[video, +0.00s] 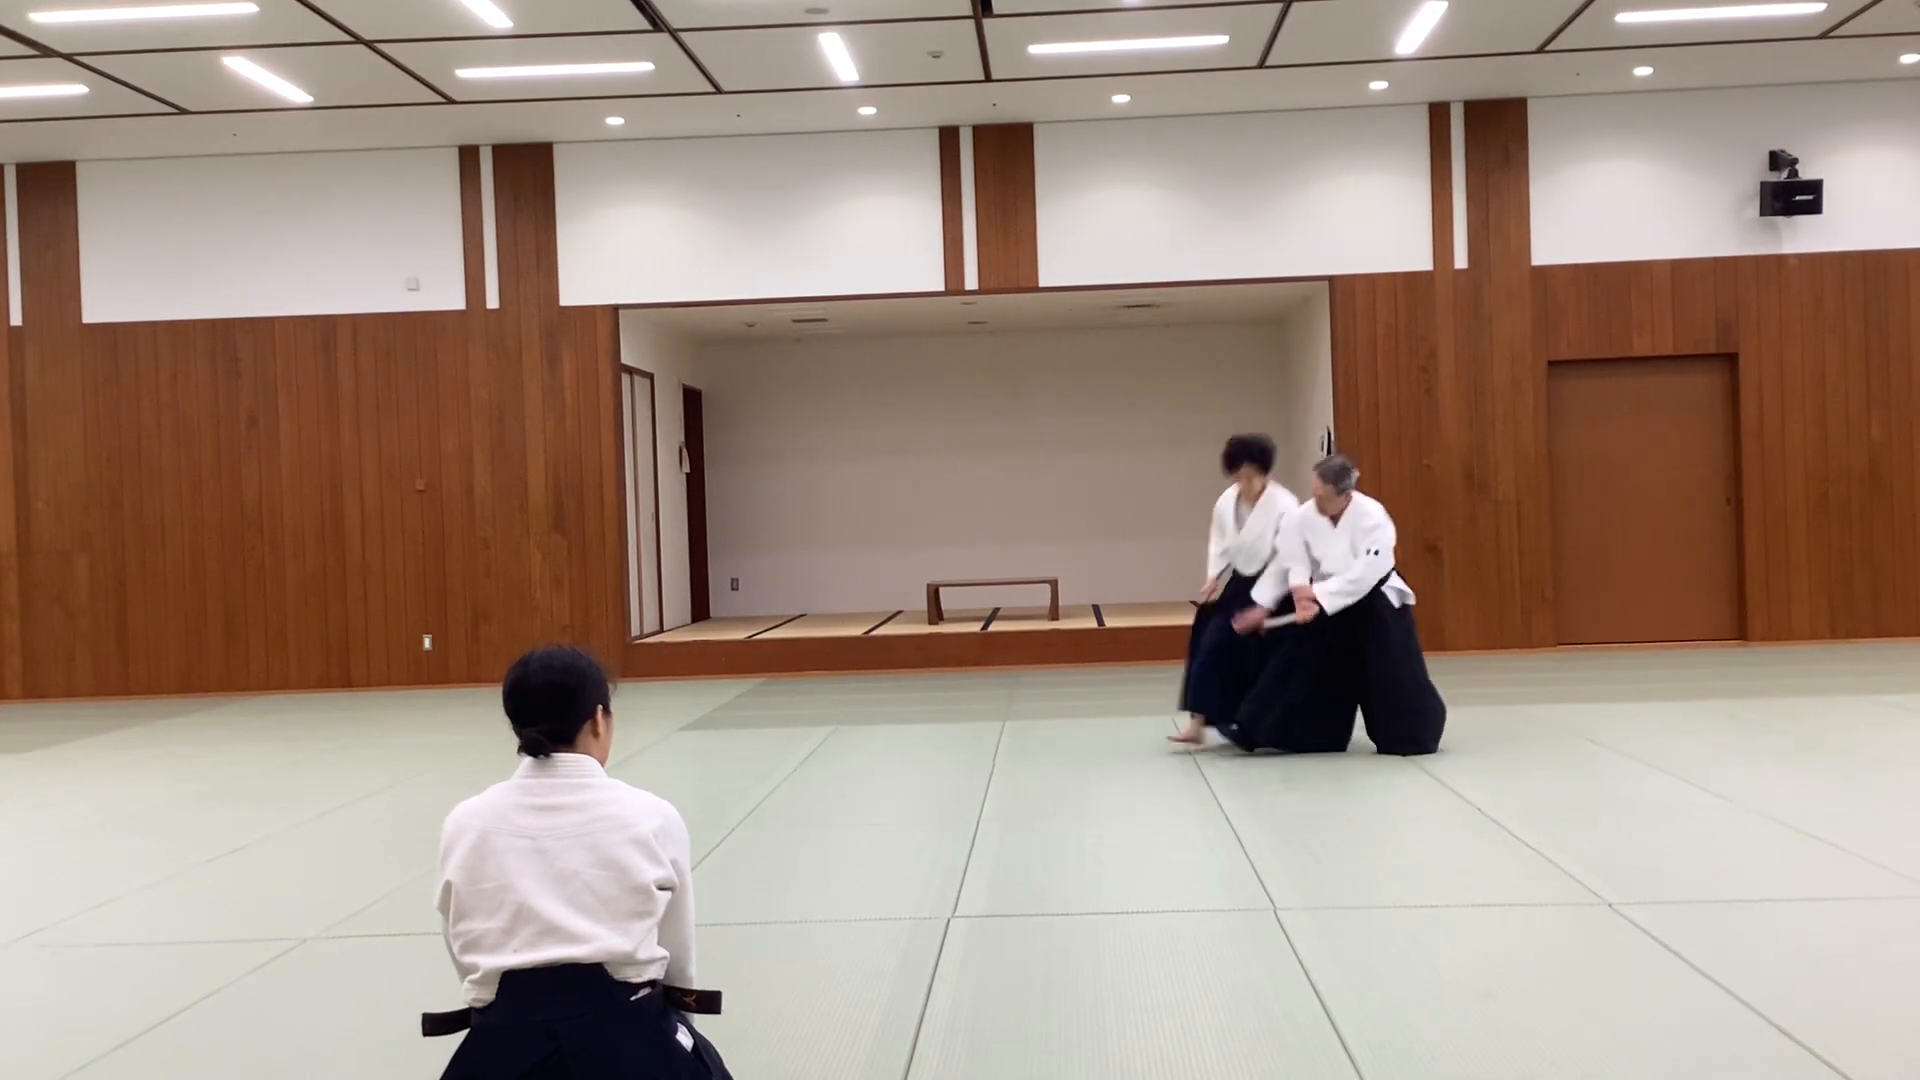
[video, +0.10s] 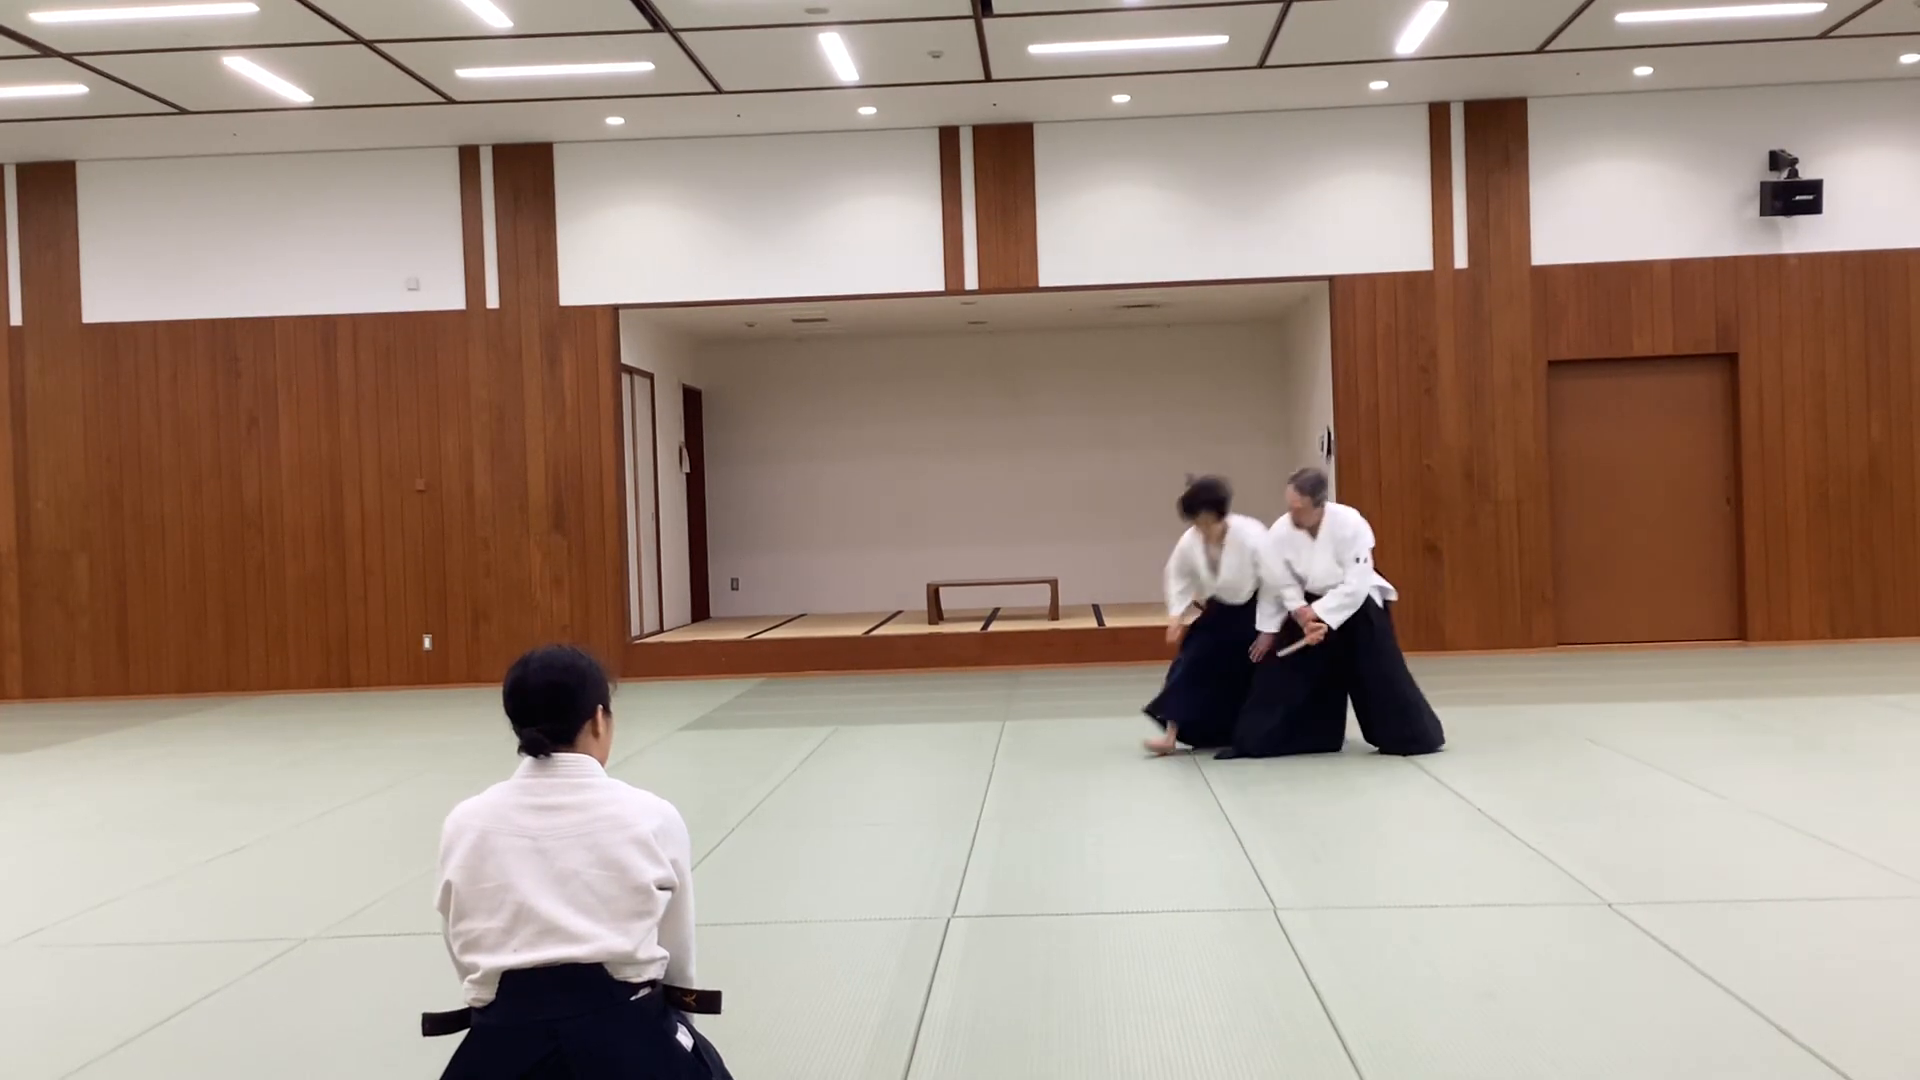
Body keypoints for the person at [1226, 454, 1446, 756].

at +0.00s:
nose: (1316, 501)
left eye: (1322, 497)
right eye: (1314, 494)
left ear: (1346, 497)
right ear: (1313, 489)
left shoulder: (1373, 518)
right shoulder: (1301, 518)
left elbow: (1371, 570)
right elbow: (1296, 562)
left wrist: (1320, 596)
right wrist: (1302, 592)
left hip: (1375, 602)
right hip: (1327, 604)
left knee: (1390, 667)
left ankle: (1406, 736)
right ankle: (1251, 728)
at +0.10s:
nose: (1291, 515)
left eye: (1297, 510)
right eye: (1290, 508)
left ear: (1318, 506)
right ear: (1289, 501)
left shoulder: (1349, 524)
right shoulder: (1279, 534)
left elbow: (1358, 582)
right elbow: (1283, 583)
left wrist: (1318, 613)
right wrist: (1302, 614)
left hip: (1354, 602)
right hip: (1308, 606)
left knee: (1379, 668)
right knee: (1281, 668)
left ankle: (1414, 735)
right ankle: (1252, 742)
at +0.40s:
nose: (1230, 509)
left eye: (1236, 501)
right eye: (1226, 502)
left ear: (1257, 493)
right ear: (1224, 499)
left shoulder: (1286, 514)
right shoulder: (1223, 525)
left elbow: (1297, 568)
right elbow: (1189, 557)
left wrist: (1243, 596)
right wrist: (1155, 597)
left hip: (1324, 584)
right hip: (1280, 592)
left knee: (1360, 647)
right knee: (1254, 655)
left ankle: (1411, 718)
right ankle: (1248, 738)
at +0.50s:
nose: (1230, 498)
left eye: (1235, 490)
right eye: (1224, 491)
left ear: (1253, 481)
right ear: (1219, 488)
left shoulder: (1286, 508)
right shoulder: (1220, 518)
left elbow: (1305, 558)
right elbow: (1182, 542)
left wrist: (1258, 587)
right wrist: (1148, 568)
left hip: (1320, 584)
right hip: (1274, 591)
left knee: (1360, 650)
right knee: (1254, 663)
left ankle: (1408, 718)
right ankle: (1247, 740)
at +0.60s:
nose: (1246, 488)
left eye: (1251, 479)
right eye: (1237, 483)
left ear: (1264, 474)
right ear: (1228, 484)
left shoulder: (1293, 502)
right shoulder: (1226, 512)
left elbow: (1315, 558)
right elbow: (1191, 533)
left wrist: (1291, 598)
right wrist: (1157, 547)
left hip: (1321, 580)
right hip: (1274, 586)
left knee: (1359, 655)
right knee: (1254, 663)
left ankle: (1404, 724)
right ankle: (1247, 741)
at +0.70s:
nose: (1266, 485)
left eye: (1271, 476)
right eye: (1258, 479)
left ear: (1282, 471)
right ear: (1246, 481)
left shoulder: (1309, 501)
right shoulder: (1239, 509)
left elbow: (1345, 555)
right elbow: (1201, 532)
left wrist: (1330, 596)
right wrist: (1168, 554)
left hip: (1328, 585)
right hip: (1279, 590)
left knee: (1362, 659)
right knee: (1255, 663)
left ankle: (1401, 735)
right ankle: (1247, 743)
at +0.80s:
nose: (1297, 484)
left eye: (1302, 476)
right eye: (1289, 478)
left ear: (1311, 474)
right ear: (1276, 480)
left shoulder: (1335, 506)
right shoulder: (1263, 511)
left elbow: (1371, 557)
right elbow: (1223, 541)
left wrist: (1361, 595)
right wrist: (1190, 572)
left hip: (1341, 594)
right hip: (1293, 595)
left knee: (1365, 665)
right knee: (1263, 663)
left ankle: (1404, 744)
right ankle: (1249, 743)